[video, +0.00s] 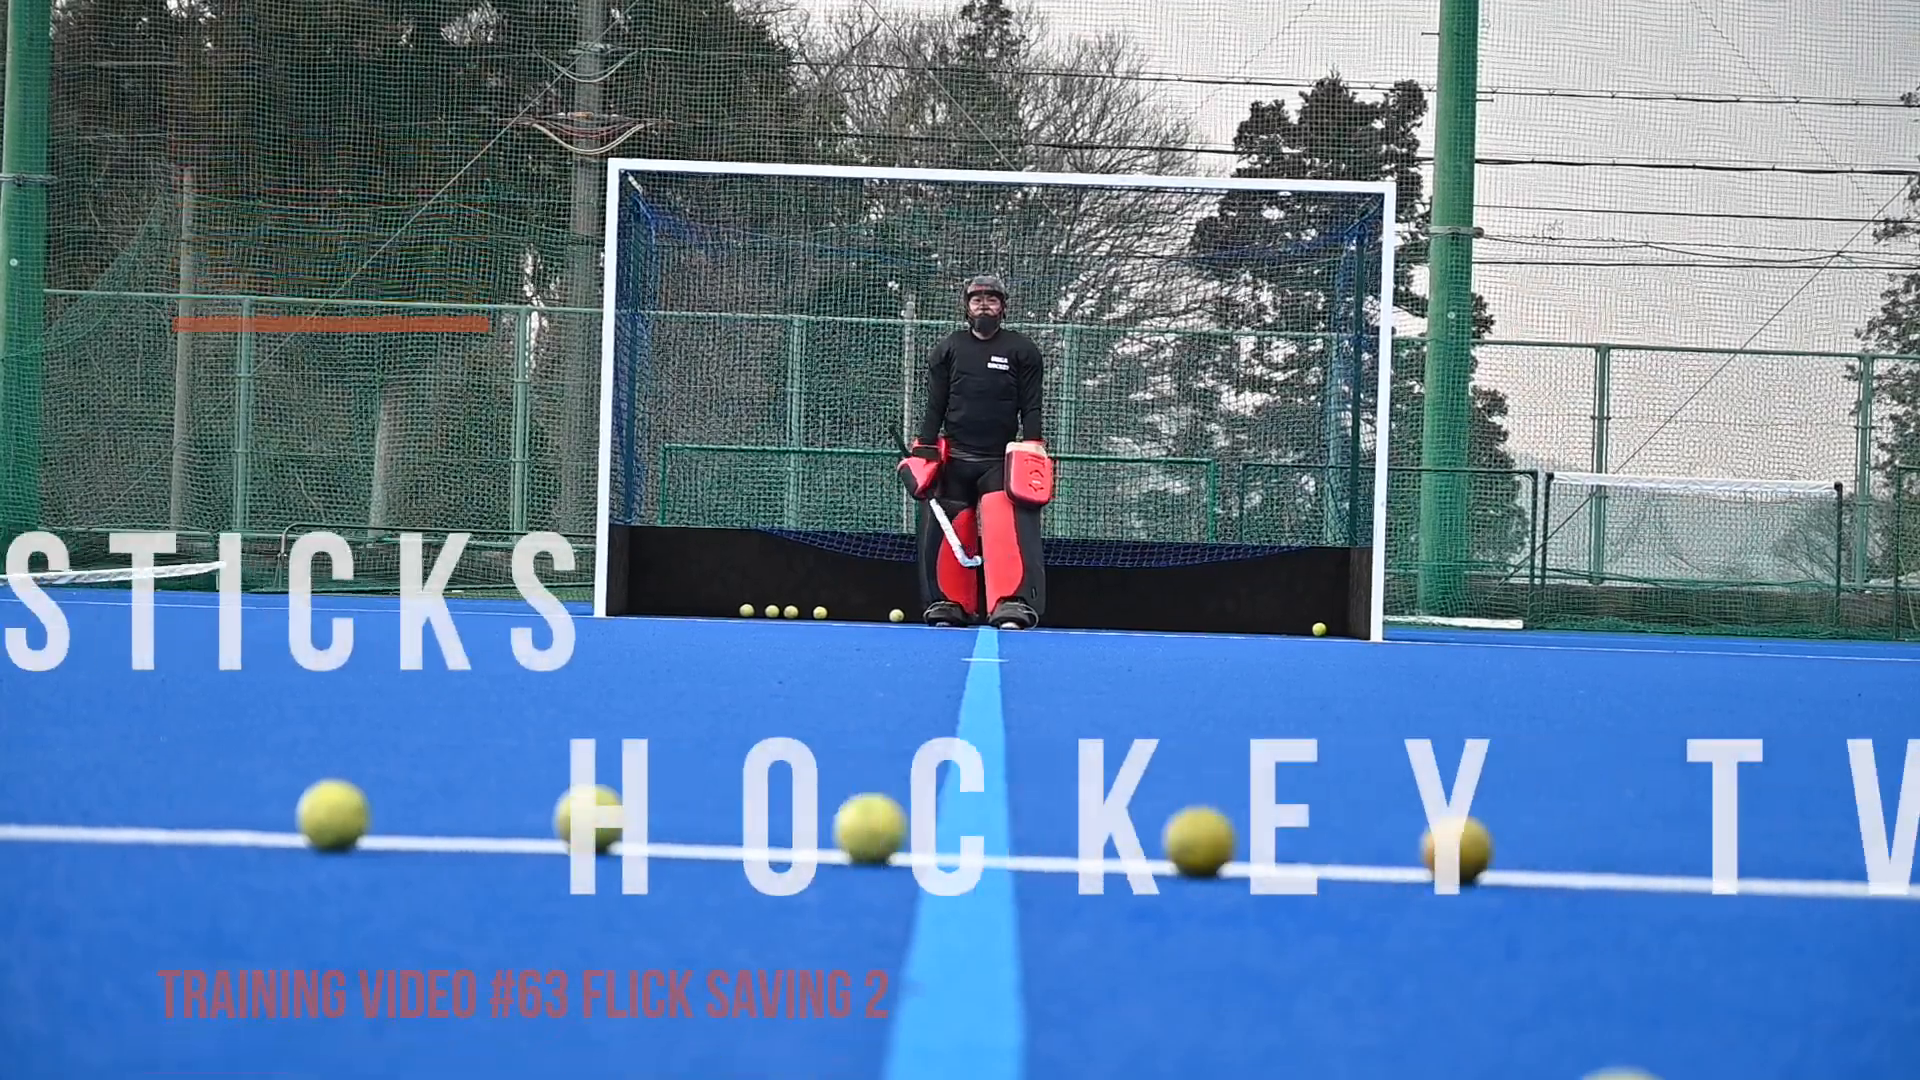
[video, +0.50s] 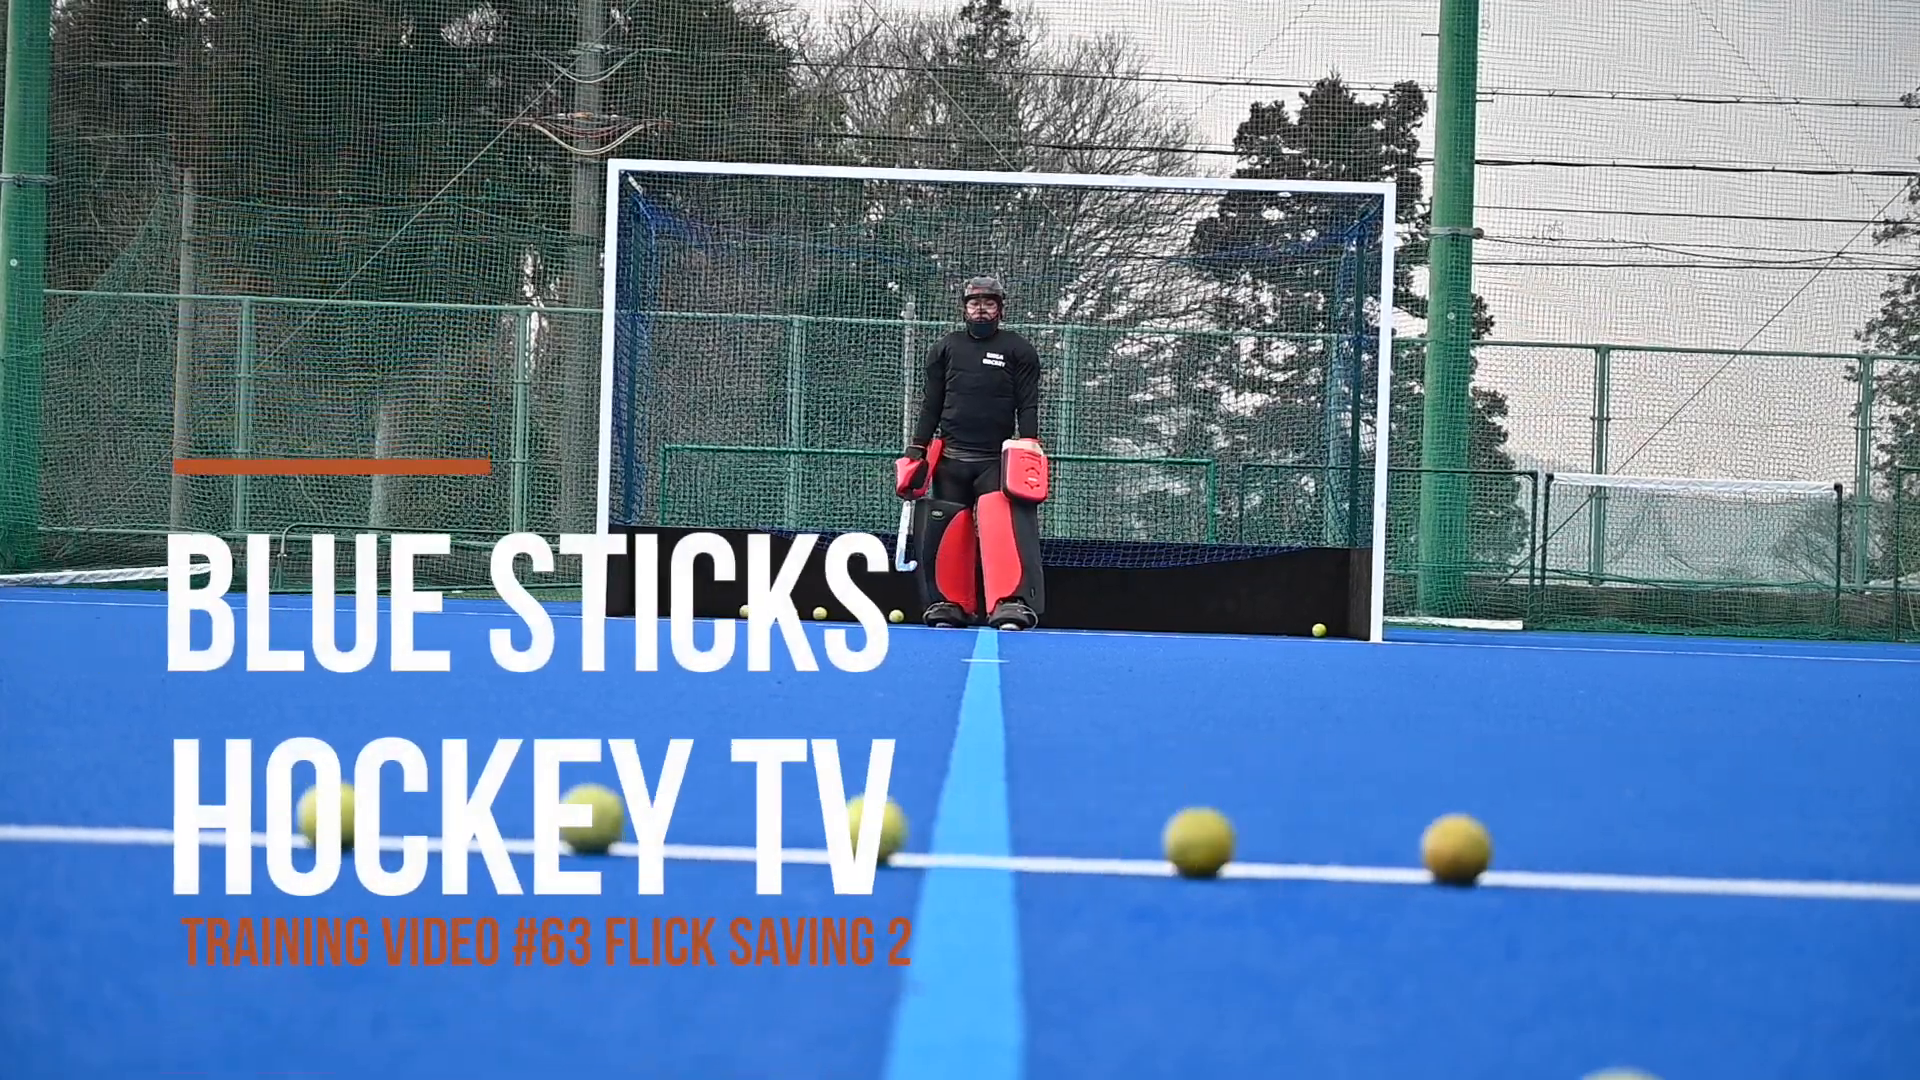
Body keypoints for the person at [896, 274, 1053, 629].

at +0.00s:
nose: (984, 305)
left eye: (991, 299)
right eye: (977, 299)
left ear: (1002, 306)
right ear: (967, 306)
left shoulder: (1022, 350)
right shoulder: (948, 348)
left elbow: (1031, 408)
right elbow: (935, 405)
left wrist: (1032, 455)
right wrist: (924, 452)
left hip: (1001, 461)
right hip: (955, 459)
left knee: (1006, 531)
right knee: (946, 531)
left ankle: (1010, 604)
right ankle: (949, 603)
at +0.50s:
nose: (981, 309)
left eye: (988, 302)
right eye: (974, 302)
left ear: (1000, 307)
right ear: (964, 307)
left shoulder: (1019, 350)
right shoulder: (945, 348)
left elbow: (1027, 407)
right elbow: (930, 406)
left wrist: (1027, 456)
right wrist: (916, 455)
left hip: (997, 461)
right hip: (951, 459)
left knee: (1001, 530)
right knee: (946, 531)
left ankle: (1008, 605)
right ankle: (949, 605)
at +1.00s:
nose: (986, 310)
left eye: (993, 303)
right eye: (979, 303)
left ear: (1004, 308)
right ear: (968, 308)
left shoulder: (1024, 351)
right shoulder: (950, 349)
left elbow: (1038, 404)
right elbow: (931, 402)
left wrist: (1041, 450)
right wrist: (916, 447)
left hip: (1005, 462)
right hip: (957, 460)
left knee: (1007, 530)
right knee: (950, 530)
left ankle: (1011, 605)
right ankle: (951, 605)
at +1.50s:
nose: (999, 312)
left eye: (1006, 306)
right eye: (992, 305)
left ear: (1017, 311)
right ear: (982, 309)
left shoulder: (1036, 353)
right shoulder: (962, 348)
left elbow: (1056, 393)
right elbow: (939, 394)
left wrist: (1063, 413)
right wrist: (924, 418)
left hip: (1012, 462)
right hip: (967, 460)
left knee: (1010, 531)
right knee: (957, 529)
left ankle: (1010, 607)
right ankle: (955, 604)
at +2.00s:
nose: (986, 316)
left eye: (994, 309)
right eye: (980, 309)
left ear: (1006, 314)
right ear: (970, 314)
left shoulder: (1027, 354)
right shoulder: (952, 352)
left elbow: (1049, 391)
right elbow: (929, 396)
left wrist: (1054, 405)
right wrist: (919, 414)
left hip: (1005, 465)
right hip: (960, 463)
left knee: (1005, 531)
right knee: (955, 534)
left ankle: (1008, 607)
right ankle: (957, 606)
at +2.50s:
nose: (988, 316)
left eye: (995, 309)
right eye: (981, 309)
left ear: (1007, 314)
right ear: (971, 314)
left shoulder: (1029, 354)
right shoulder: (955, 353)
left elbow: (1053, 394)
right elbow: (930, 399)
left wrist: (1055, 404)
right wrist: (918, 419)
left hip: (1007, 465)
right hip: (961, 463)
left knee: (1007, 531)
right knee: (954, 533)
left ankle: (1009, 607)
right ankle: (955, 606)